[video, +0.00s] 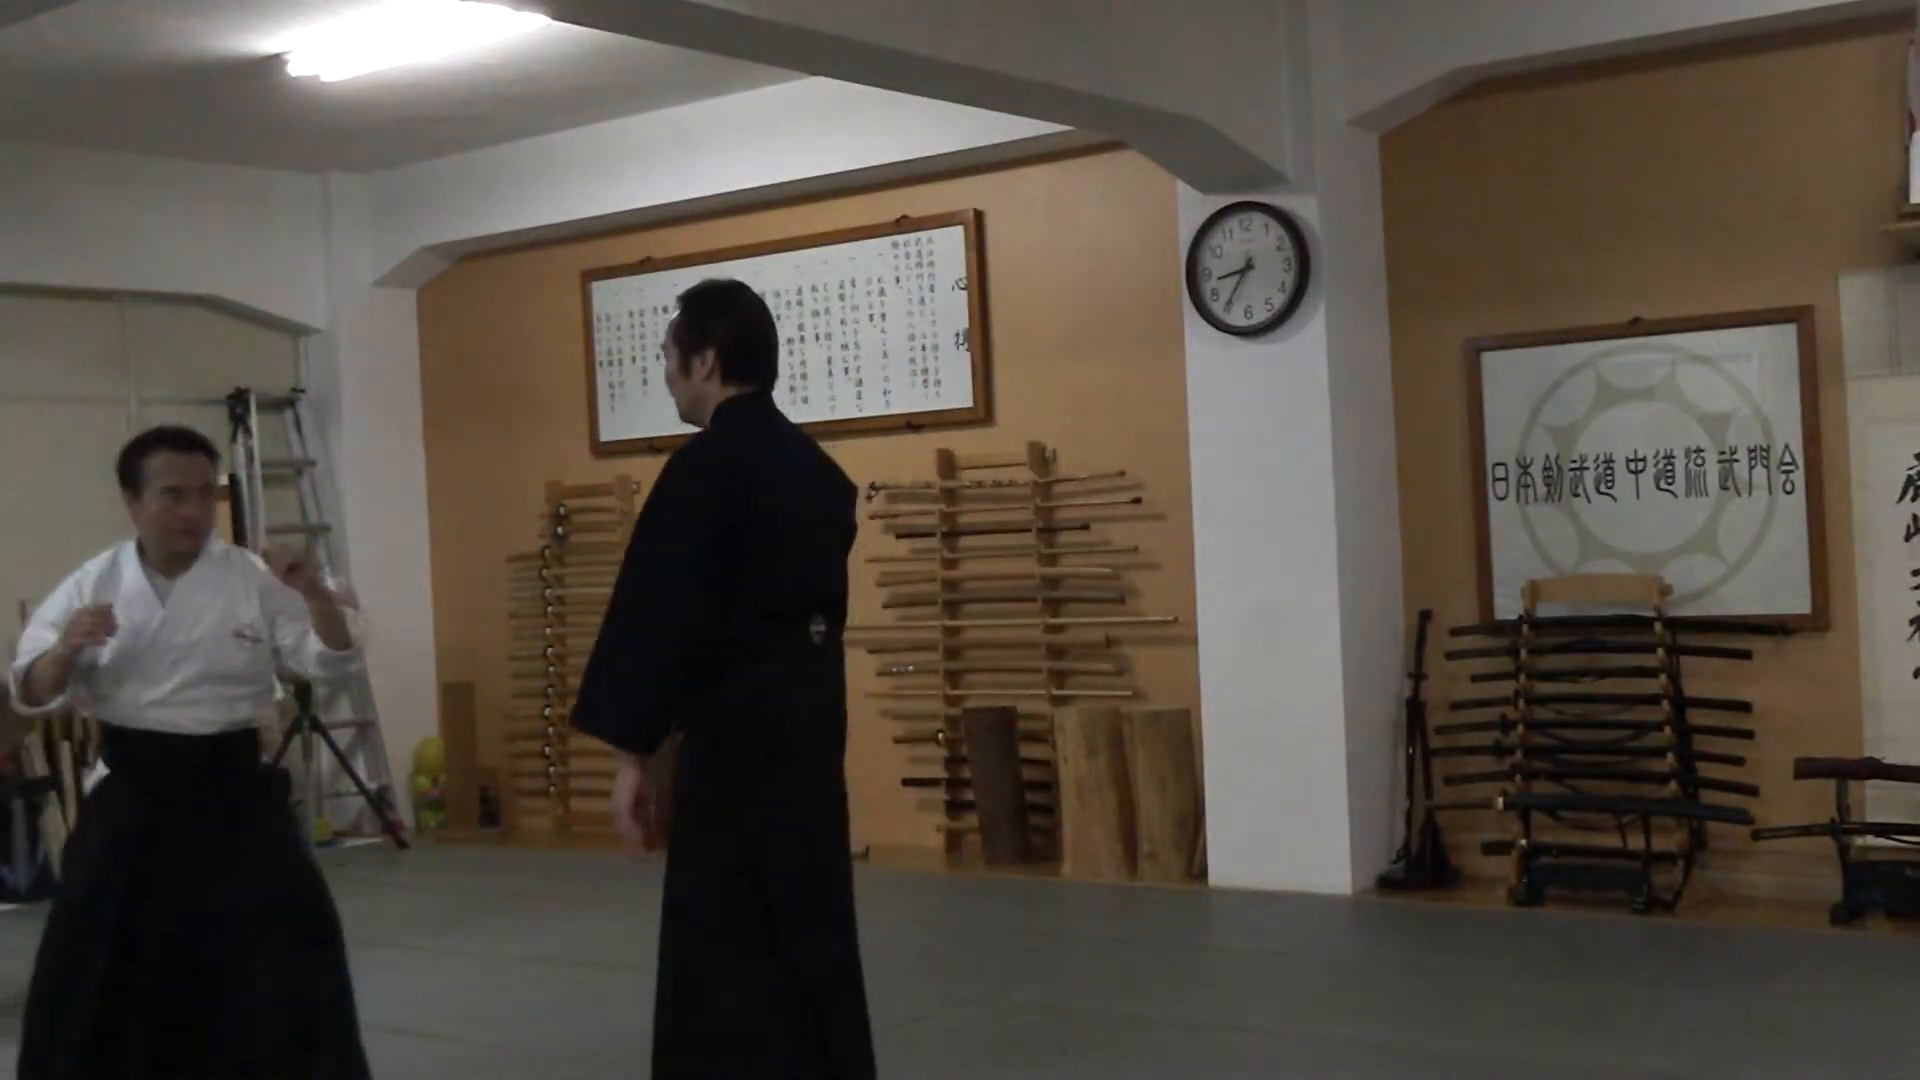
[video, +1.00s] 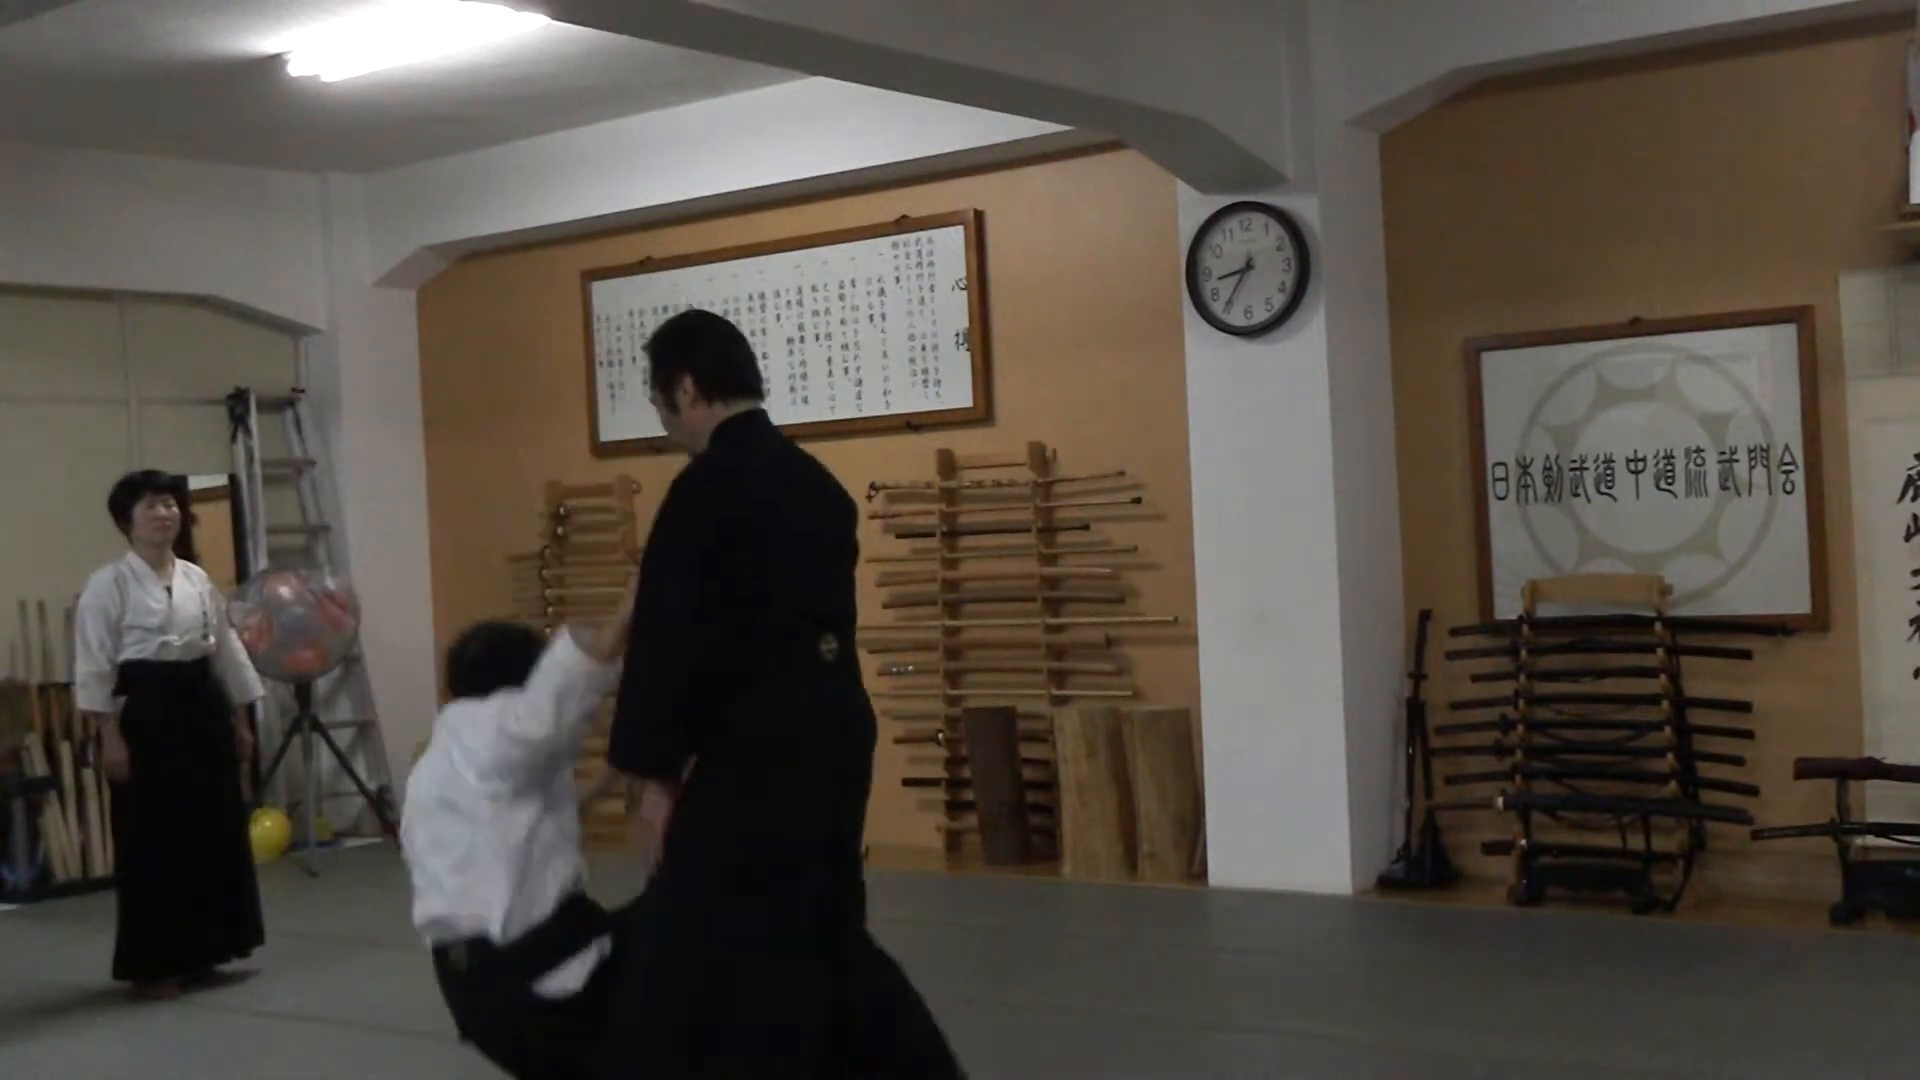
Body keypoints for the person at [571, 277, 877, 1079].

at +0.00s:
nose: (669, 379)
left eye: (673, 360)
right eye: (668, 361)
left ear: (706, 362)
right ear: (759, 361)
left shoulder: (702, 466)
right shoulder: (815, 466)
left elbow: (655, 612)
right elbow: (796, 624)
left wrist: (634, 760)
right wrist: (681, 747)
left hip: (728, 735)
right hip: (811, 726)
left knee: (718, 941)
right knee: (806, 932)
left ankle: (720, 1070)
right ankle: (814, 1066)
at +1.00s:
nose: (668, 425)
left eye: (665, 405)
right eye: (663, 408)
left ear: (689, 391)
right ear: (750, 384)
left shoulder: (703, 487)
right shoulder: (821, 484)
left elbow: (665, 633)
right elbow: (822, 634)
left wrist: (651, 771)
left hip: (744, 740)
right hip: (836, 727)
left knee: (699, 938)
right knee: (824, 933)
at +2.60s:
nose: (1065, 357)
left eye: (1071, 335)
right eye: (1064, 336)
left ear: (1117, 331)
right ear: (1139, 332)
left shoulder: (1130, 439)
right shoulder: (1222, 430)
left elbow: (1092, 597)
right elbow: (1222, 595)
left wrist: (1067, 753)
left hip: (1167, 727)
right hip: (1238, 714)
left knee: (1158, 943)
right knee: (1243, 932)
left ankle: (1164, 1067)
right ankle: (1252, 1067)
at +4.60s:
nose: (856, 380)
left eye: (856, 364)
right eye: (856, 365)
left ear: (878, 363)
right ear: (941, 362)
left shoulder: (866, 457)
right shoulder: (1000, 455)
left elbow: (884, 596)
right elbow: (1007, 597)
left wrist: (849, 700)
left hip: (914, 705)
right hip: (999, 701)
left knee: (910, 909)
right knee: (998, 900)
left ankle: (913, 1064)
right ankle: (1008, 1063)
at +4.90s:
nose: (877, 369)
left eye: (880, 354)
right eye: (879, 354)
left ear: (902, 357)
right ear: (967, 357)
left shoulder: (873, 467)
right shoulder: (1039, 448)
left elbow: (871, 619)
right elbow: (1069, 589)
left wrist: (876, 750)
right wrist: (1035, 682)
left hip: (951, 715)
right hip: (1045, 709)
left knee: (936, 911)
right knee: (1039, 904)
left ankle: (933, 1067)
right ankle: (1042, 1065)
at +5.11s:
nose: (941, 399)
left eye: (941, 381)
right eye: (937, 382)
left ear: (970, 371)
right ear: (1023, 367)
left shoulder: (966, 471)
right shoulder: (1089, 464)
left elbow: (941, 624)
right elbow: (1104, 610)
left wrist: (938, 761)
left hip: (1003, 731)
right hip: (1097, 716)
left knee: (971, 918)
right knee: (1094, 907)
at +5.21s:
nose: (984, 404)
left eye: (983, 383)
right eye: (979, 386)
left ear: (1019, 370)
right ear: (1061, 367)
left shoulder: (1025, 466)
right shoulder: (1135, 462)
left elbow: (995, 612)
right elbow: (1136, 611)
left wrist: (985, 750)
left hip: (1051, 731)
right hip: (1141, 717)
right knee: (1145, 916)